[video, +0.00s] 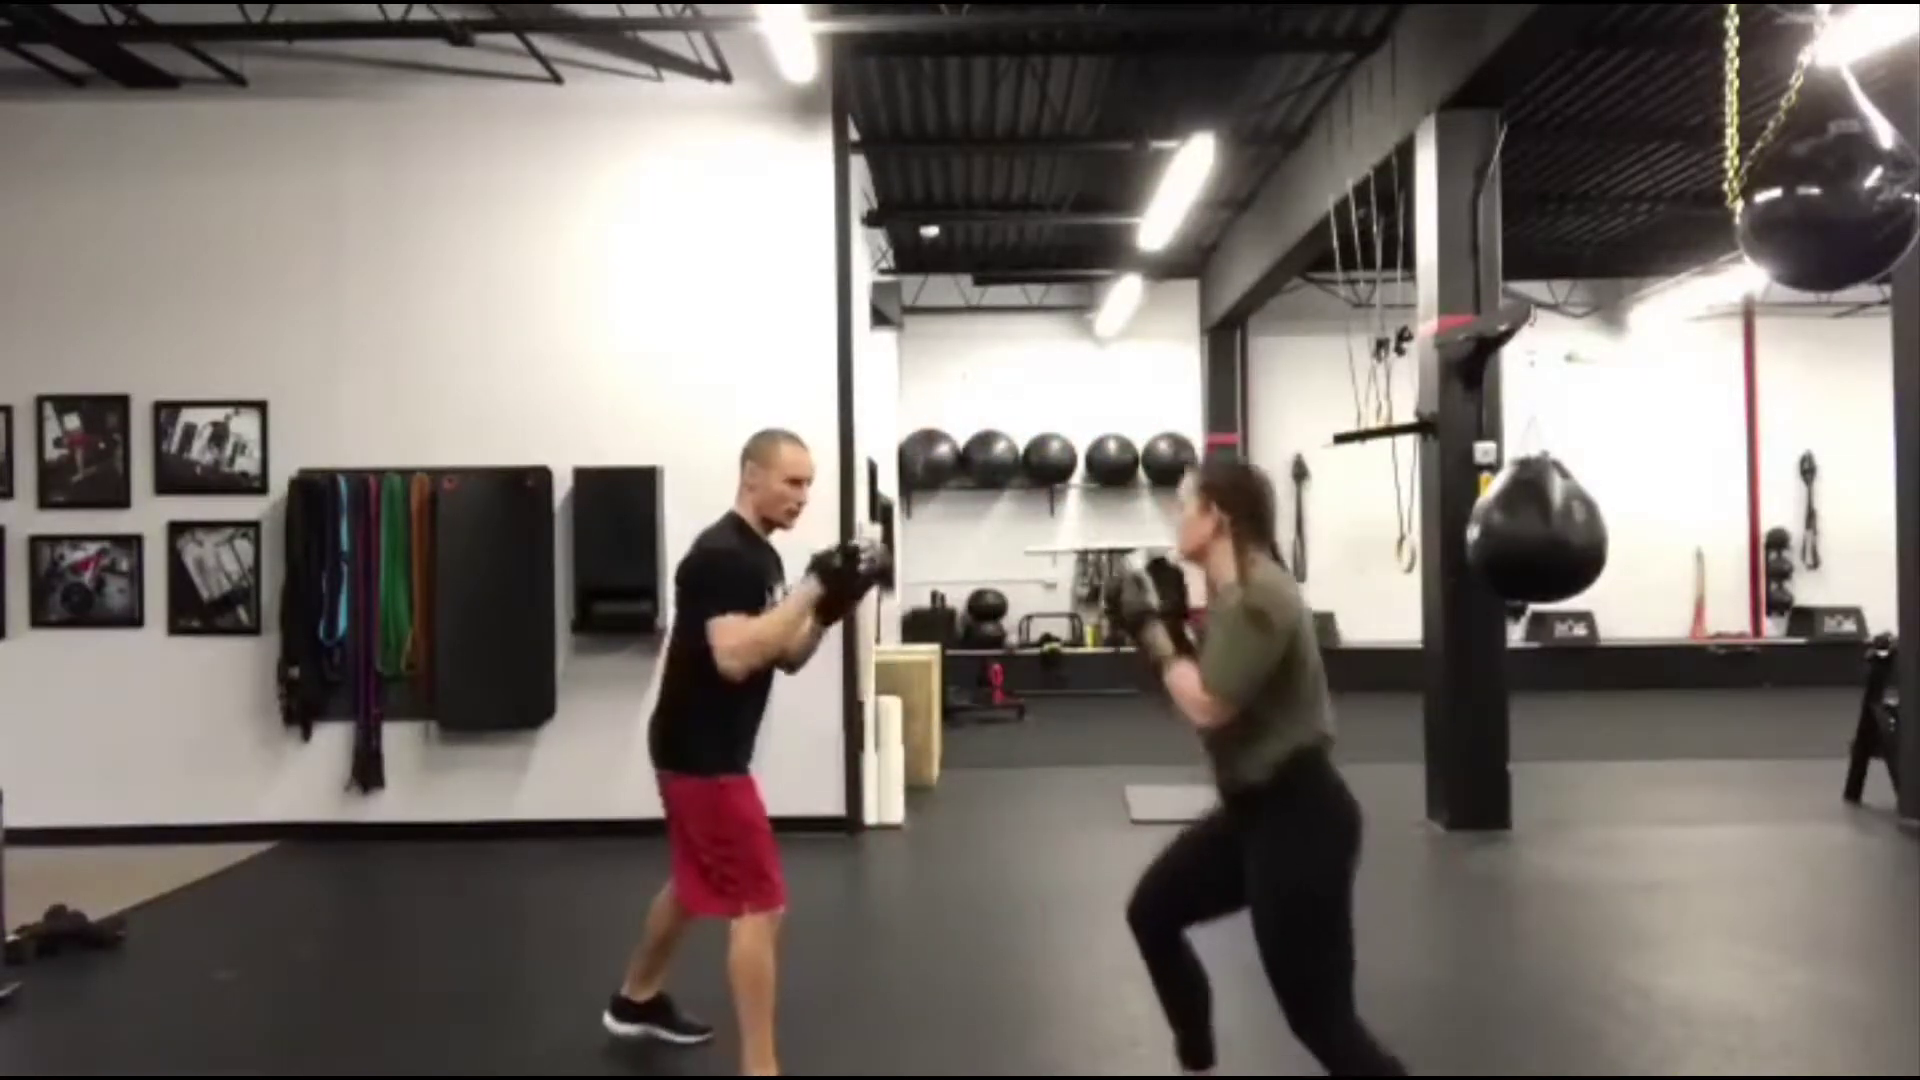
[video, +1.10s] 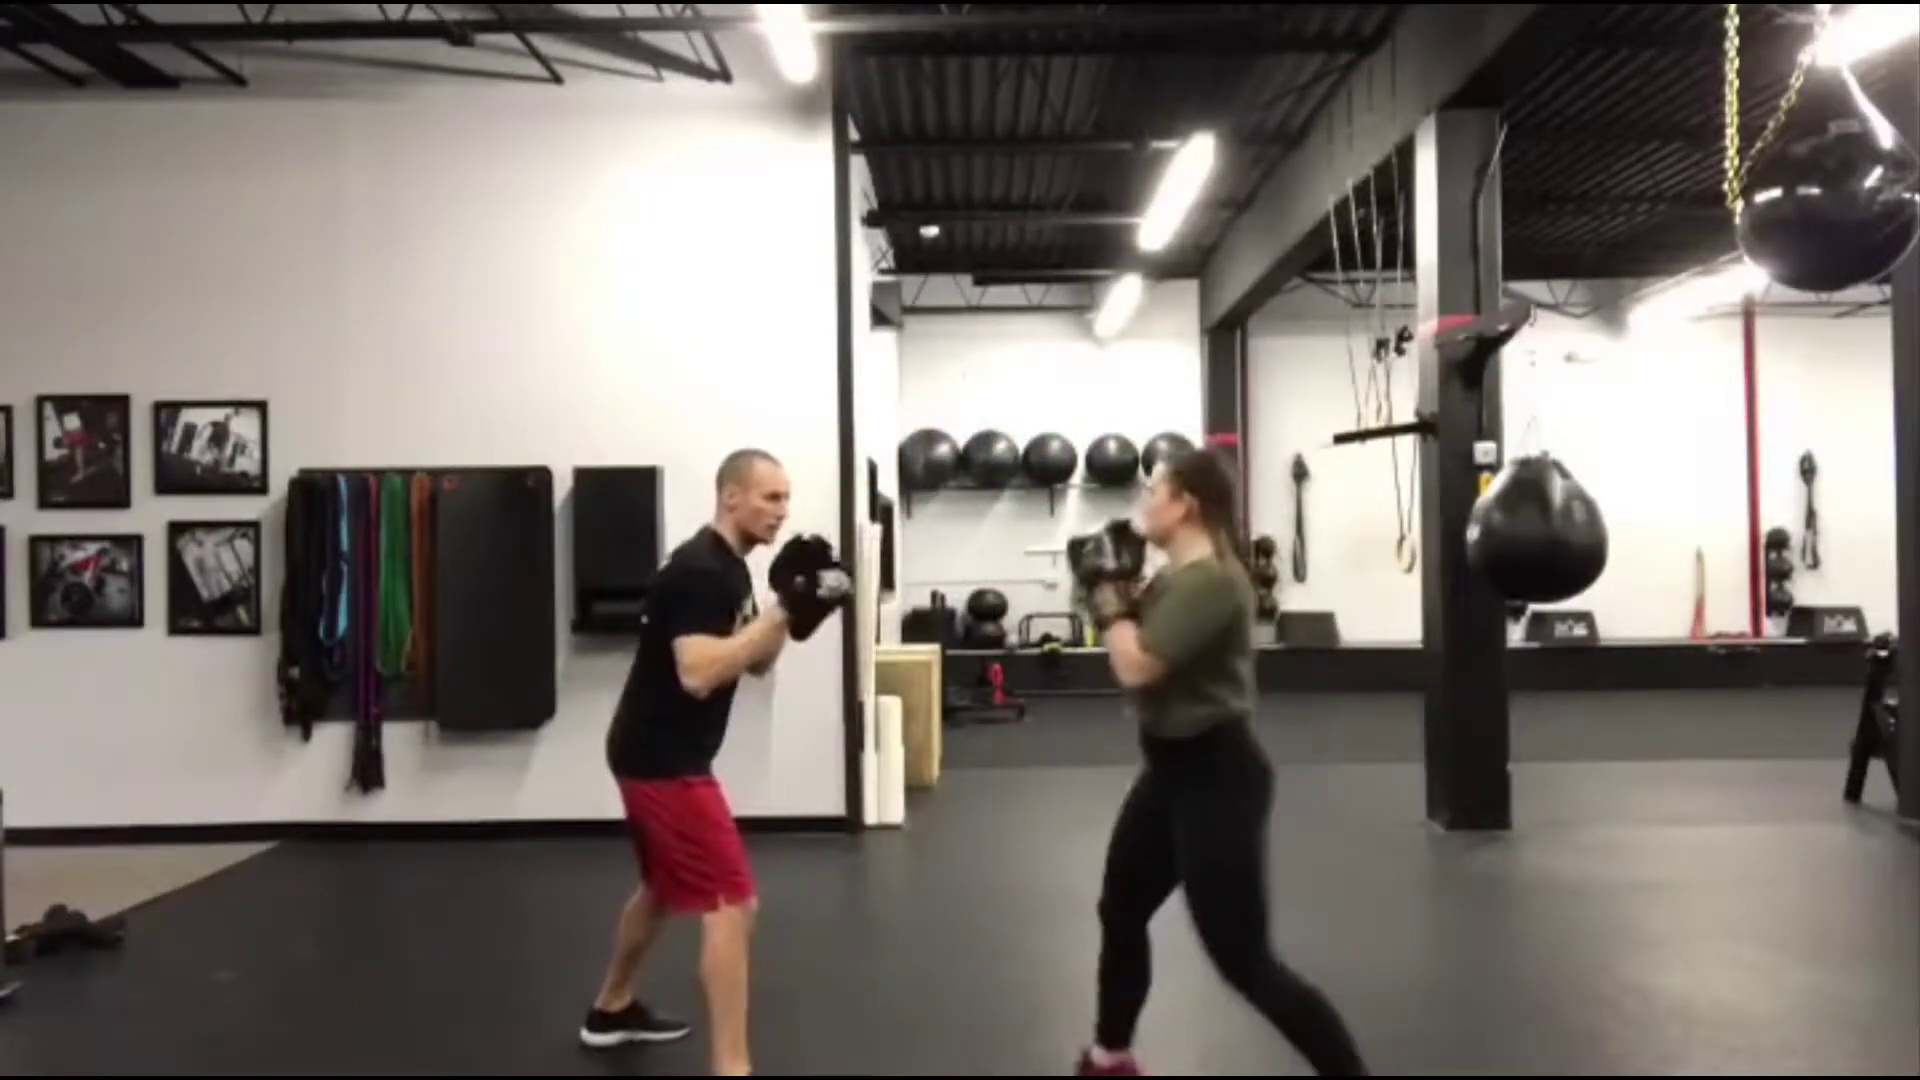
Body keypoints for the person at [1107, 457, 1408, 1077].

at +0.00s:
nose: (1177, 521)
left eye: (1186, 508)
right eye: (1181, 508)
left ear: (1215, 518)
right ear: (1226, 519)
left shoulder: (1259, 597)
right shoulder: (1240, 597)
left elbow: (1208, 706)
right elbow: (1212, 691)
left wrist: (1153, 635)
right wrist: (1169, 629)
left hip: (1301, 817)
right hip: (1263, 815)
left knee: (1321, 1020)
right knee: (1152, 912)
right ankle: (1197, 1064)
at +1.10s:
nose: (1143, 503)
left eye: (1154, 492)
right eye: (1148, 491)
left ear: (1185, 505)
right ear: (1188, 506)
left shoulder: (1210, 580)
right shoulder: (1181, 574)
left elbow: (1136, 666)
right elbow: (1139, 643)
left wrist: (1109, 595)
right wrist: (1119, 589)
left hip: (1218, 773)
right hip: (1174, 771)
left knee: (1241, 959)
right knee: (1122, 912)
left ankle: (1347, 1068)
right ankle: (1111, 1055)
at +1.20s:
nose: (1127, 539)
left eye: (1139, 529)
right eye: (1133, 528)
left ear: (1167, 545)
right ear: (1168, 545)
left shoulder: (1195, 625)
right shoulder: (1160, 619)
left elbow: (1119, 713)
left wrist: (1094, 652)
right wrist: (1106, 632)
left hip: (1192, 813)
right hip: (1145, 809)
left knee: (1208, 995)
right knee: (1088, 936)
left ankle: (1317, 1069)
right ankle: (1113, 1067)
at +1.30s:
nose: (1118, 557)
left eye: (1128, 547)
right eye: (1124, 546)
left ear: (1156, 561)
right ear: (1158, 562)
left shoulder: (1184, 646)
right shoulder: (1155, 636)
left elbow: (1119, 740)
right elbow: (1125, 711)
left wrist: (1090, 674)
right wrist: (1098, 654)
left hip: (1183, 828)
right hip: (1135, 823)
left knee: (1199, 1015)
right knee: (1063, 945)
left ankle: (1314, 1072)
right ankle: (1109, 1068)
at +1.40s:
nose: (1119, 528)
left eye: (1129, 517)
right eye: (1124, 516)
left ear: (1159, 528)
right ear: (1162, 528)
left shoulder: (1193, 612)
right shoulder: (1151, 600)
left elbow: (1130, 703)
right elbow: (1128, 678)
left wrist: (1096, 631)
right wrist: (1100, 618)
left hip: (1196, 800)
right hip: (1149, 797)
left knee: (1218, 983)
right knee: (1091, 931)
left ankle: (1326, 1069)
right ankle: (1112, 1065)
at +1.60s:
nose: (1143, 529)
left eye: (1153, 517)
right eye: (1146, 516)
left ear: (1185, 525)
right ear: (1187, 526)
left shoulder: (1221, 595)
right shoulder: (1186, 593)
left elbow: (1164, 691)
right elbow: (1165, 678)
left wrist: (1124, 620)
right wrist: (1124, 616)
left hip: (1251, 799)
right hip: (1208, 795)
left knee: (1260, 978)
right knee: (1136, 920)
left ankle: (1352, 1069)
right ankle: (1139, 1065)